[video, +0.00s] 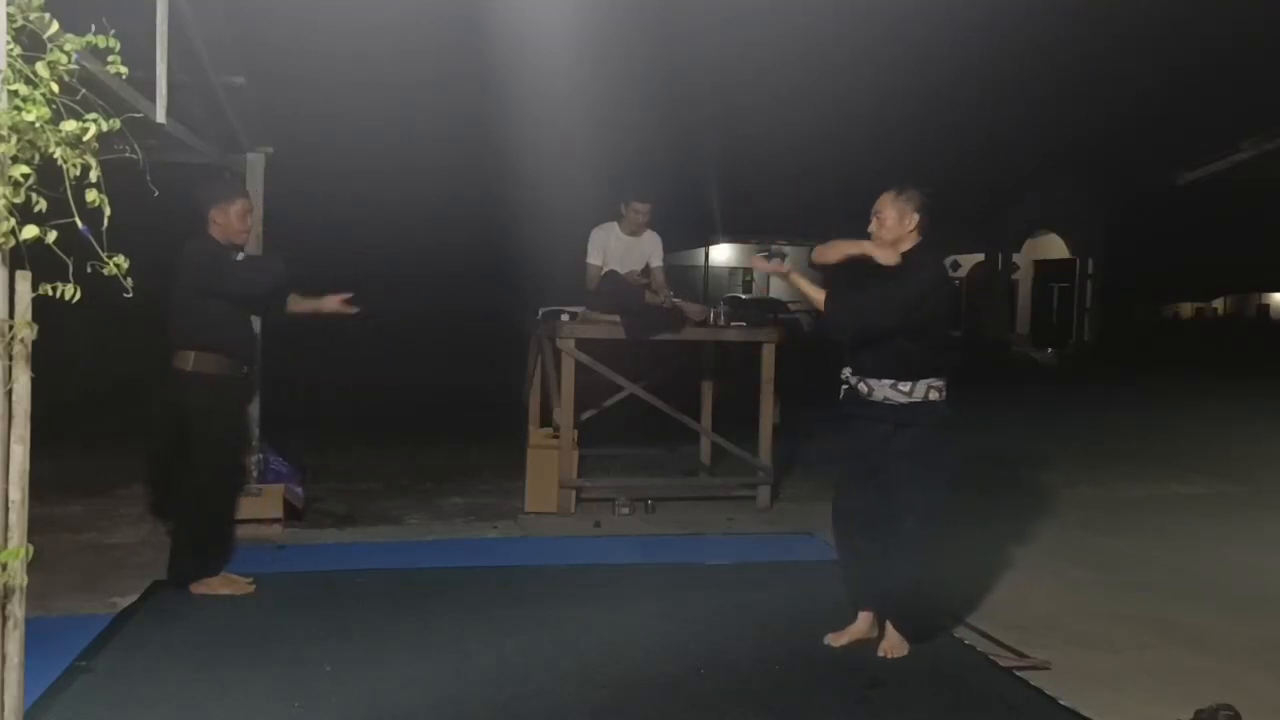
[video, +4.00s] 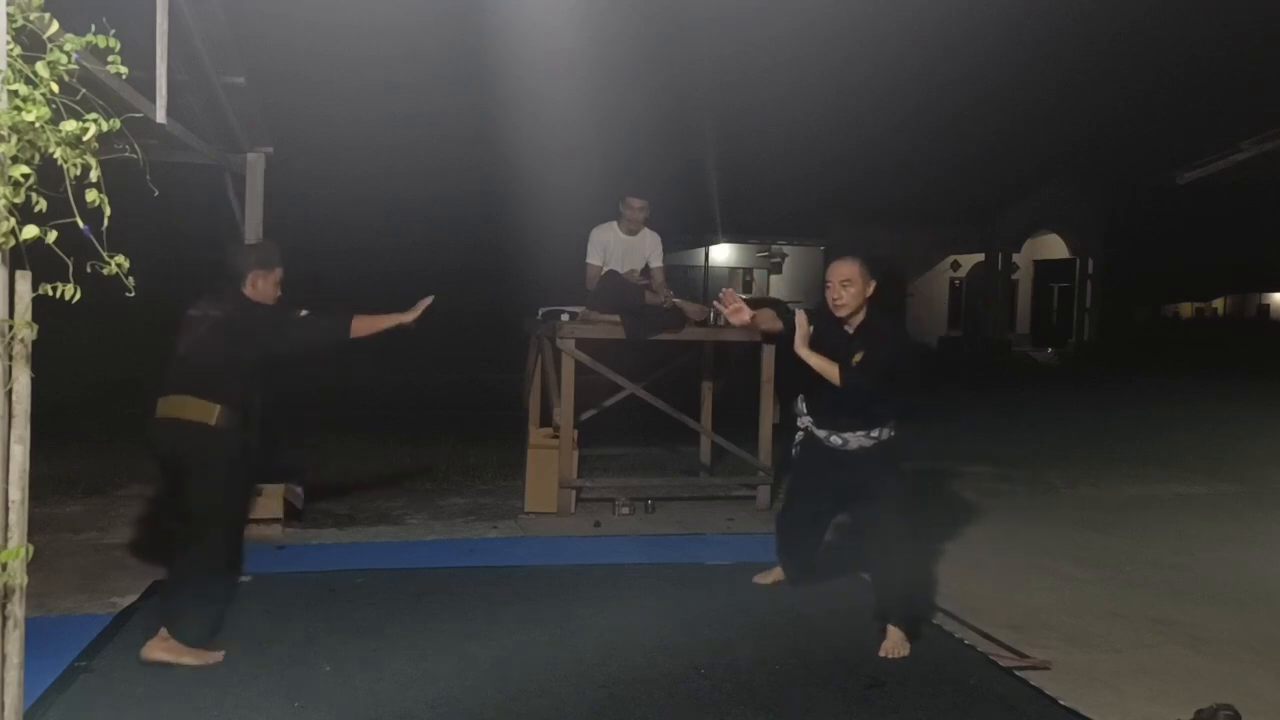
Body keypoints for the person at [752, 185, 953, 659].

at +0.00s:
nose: (872, 225)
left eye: (881, 217)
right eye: (873, 216)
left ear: (912, 222)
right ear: (892, 222)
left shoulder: (928, 277)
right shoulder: (872, 264)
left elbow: (848, 316)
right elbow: (820, 256)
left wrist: (790, 275)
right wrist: (869, 249)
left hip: (914, 416)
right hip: (862, 408)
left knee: (905, 517)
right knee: (854, 510)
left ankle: (898, 623)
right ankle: (864, 614)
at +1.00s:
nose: (869, 234)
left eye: (876, 224)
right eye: (866, 225)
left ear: (903, 226)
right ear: (866, 227)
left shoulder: (930, 275)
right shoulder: (857, 271)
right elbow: (828, 316)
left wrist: (910, 196)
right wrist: (865, 284)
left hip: (911, 415)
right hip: (855, 412)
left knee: (905, 518)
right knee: (849, 513)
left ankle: (900, 622)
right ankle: (863, 613)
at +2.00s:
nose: (875, 227)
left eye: (885, 218)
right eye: (875, 218)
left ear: (916, 222)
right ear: (880, 224)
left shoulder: (929, 274)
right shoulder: (879, 273)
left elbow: (851, 283)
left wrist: (781, 284)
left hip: (905, 423)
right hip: (858, 417)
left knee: (899, 517)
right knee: (846, 513)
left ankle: (899, 624)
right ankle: (865, 616)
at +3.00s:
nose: (862, 271)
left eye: (873, 263)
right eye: (858, 264)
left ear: (902, 269)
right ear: (855, 269)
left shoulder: (922, 318)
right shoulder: (857, 313)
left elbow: (901, 392)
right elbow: (830, 380)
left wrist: (838, 366)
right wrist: (829, 334)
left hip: (916, 446)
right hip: (864, 440)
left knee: (905, 545)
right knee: (844, 539)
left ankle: (899, 631)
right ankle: (853, 627)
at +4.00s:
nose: (835, 294)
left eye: (846, 285)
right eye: (830, 286)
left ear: (870, 289)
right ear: (825, 289)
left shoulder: (886, 333)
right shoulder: (820, 321)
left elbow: (858, 383)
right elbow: (783, 318)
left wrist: (804, 352)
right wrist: (752, 318)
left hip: (871, 450)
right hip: (819, 445)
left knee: (886, 533)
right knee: (797, 512)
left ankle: (896, 622)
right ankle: (792, 564)